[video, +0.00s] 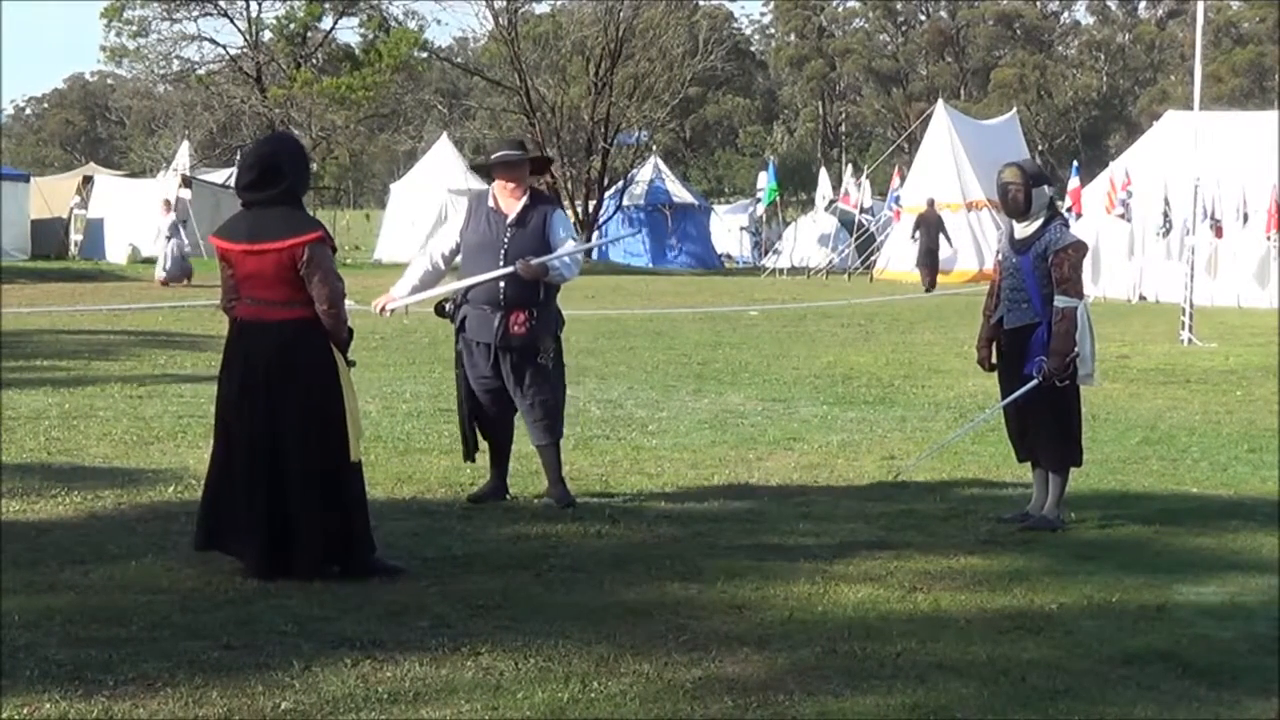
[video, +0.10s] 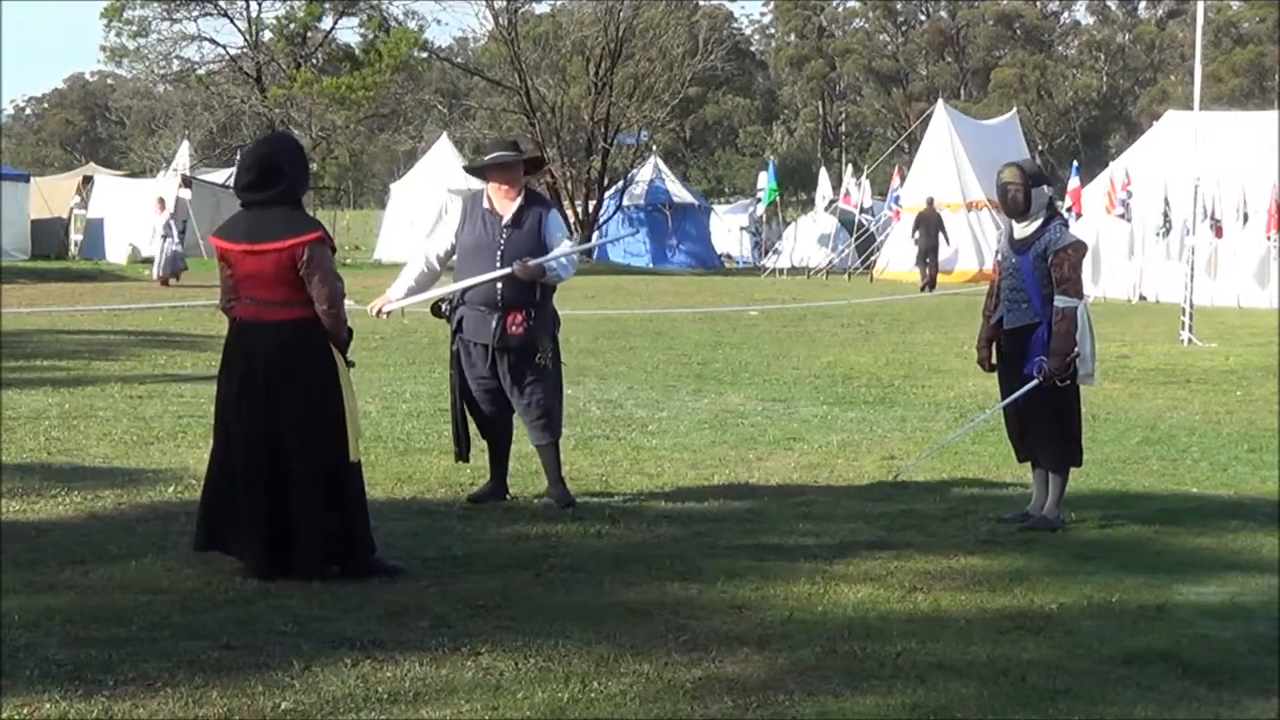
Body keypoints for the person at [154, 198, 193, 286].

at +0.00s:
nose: (163, 209)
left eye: (165, 206)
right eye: (162, 206)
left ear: (169, 207)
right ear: (161, 207)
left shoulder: (173, 217)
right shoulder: (161, 219)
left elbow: (180, 230)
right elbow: (159, 230)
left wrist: (186, 241)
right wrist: (155, 240)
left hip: (174, 241)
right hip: (165, 241)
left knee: (170, 259)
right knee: (163, 258)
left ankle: (165, 277)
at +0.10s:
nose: (158, 207)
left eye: (159, 204)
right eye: (157, 205)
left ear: (163, 205)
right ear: (155, 206)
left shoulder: (168, 215)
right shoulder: (156, 217)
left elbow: (174, 228)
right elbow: (153, 230)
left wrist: (177, 240)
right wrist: (150, 240)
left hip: (167, 240)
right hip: (159, 239)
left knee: (165, 258)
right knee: (159, 258)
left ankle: (164, 278)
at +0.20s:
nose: (147, 206)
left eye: (149, 204)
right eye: (147, 204)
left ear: (153, 204)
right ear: (148, 205)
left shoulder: (159, 213)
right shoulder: (151, 214)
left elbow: (162, 225)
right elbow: (152, 227)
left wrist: (161, 236)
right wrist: (151, 237)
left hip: (160, 238)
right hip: (153, 238)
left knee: (160, 257)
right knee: (149, 255)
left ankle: (164, 277)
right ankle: (150, 273)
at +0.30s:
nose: (141, 208)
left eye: (142, 206)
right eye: (141, 206)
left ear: (147, 205)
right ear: (143, 206)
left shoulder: (153, 214)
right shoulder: (145, 216)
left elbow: (156, 227)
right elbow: (143, 229)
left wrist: (151, 236)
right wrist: (141, 238)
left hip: (154, 240)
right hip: (146, 240)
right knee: (144, 258)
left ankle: (165, 279)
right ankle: (143, 279)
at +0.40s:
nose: (132, 209)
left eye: (133, 207)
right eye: (131, 207)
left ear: (138, 206)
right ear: (131, 207)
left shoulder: (144, 216)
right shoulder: (135, 217)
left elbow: (146, 229)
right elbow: (135, 230)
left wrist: (139, 237)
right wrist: (133, 238)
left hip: (145, 241)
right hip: (137, 240)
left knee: (155, 258)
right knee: (131, 257)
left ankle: (163, 276)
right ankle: (128, 277)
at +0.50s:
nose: (126, 208)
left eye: (127, 206)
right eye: (125, 206)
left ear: (130, 205)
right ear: (126, 206)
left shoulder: (136, 215)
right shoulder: (130, 216)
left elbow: (140, 229)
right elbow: (132, 229)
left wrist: (134, 238)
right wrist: (130, 237)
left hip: (138, 241)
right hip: (132, 241)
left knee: (147, 259)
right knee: (129, 259)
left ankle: (157, 273)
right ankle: (128, 278)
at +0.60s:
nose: (117, 205)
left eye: (119, 203)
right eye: (116, 203)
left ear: (122, 203)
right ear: (115, 203)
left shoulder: (128, 212)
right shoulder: (116, 214)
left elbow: (133, 225)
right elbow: (115, 227)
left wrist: (132, 237)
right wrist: (114, 237)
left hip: (128, 240)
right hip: (119, 240)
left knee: (130, 258)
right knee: (122, 260)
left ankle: (136, 274)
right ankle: (126, 278)